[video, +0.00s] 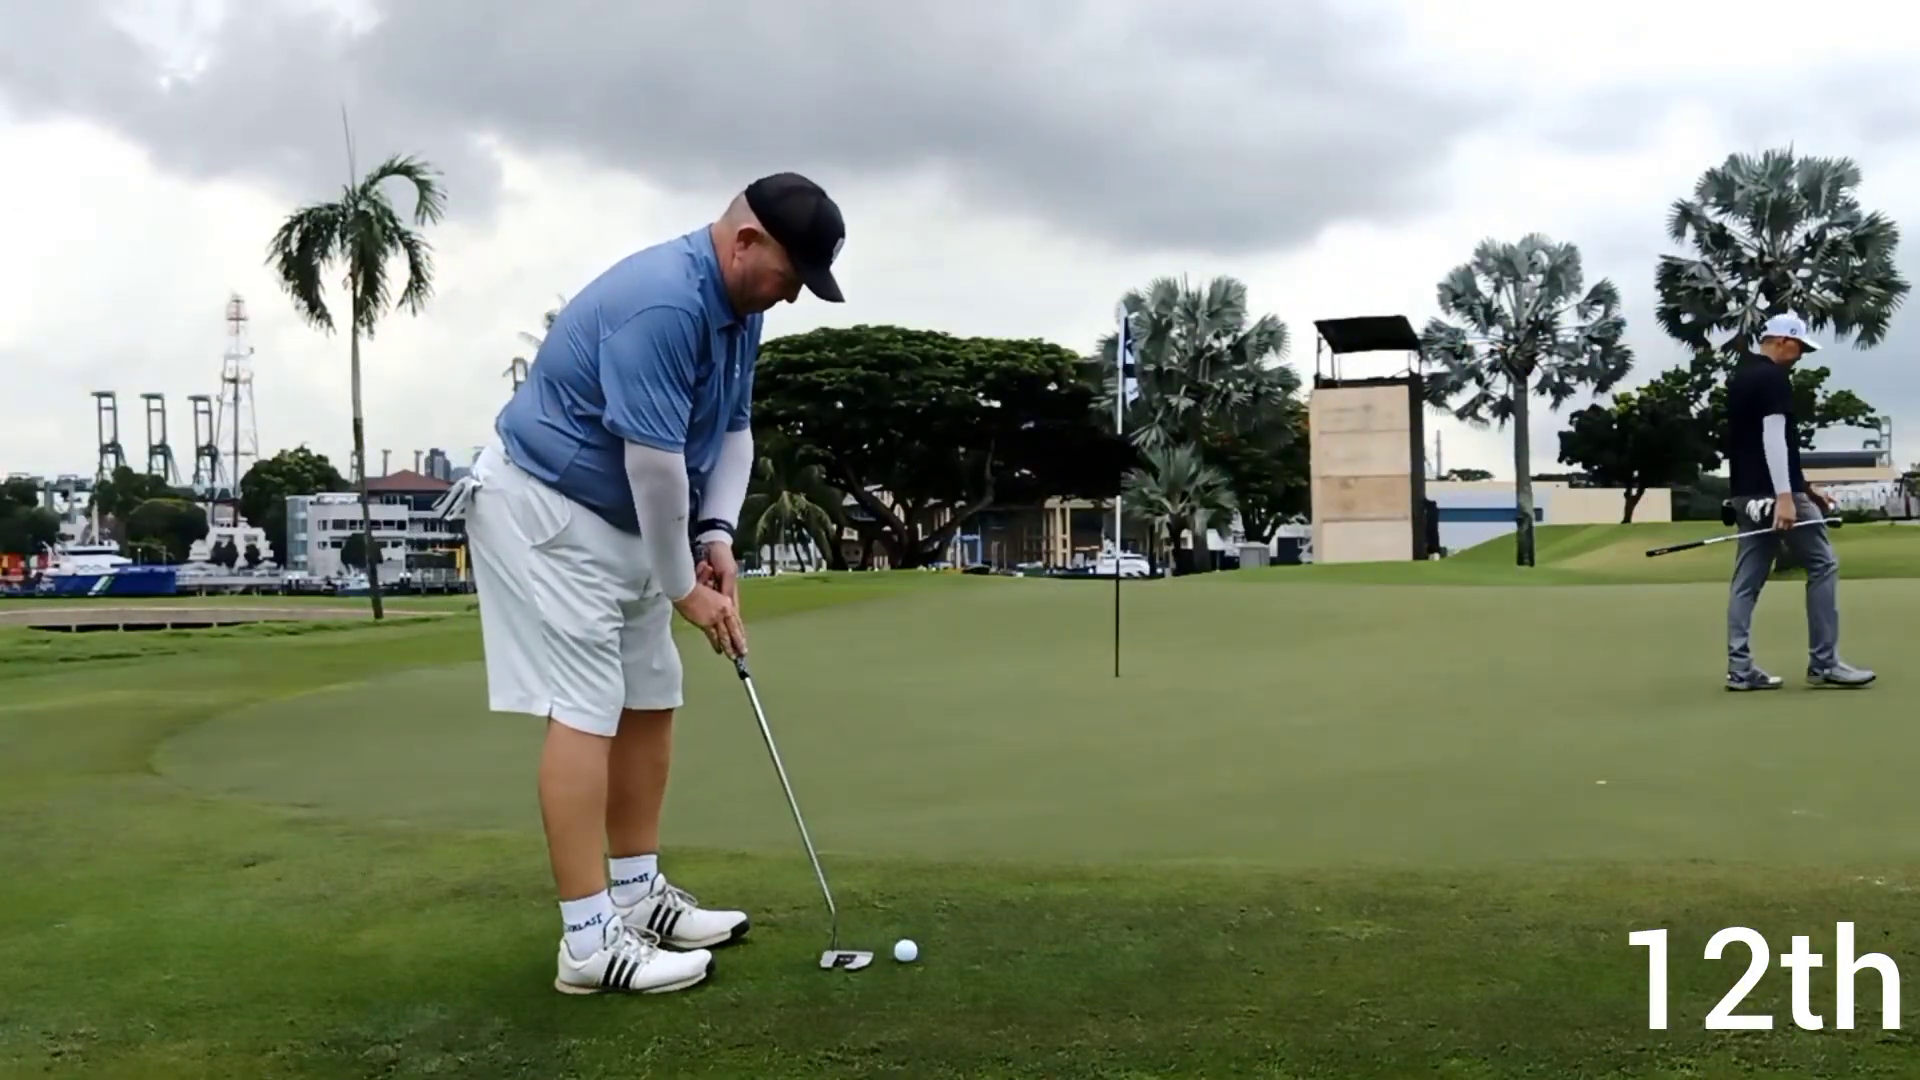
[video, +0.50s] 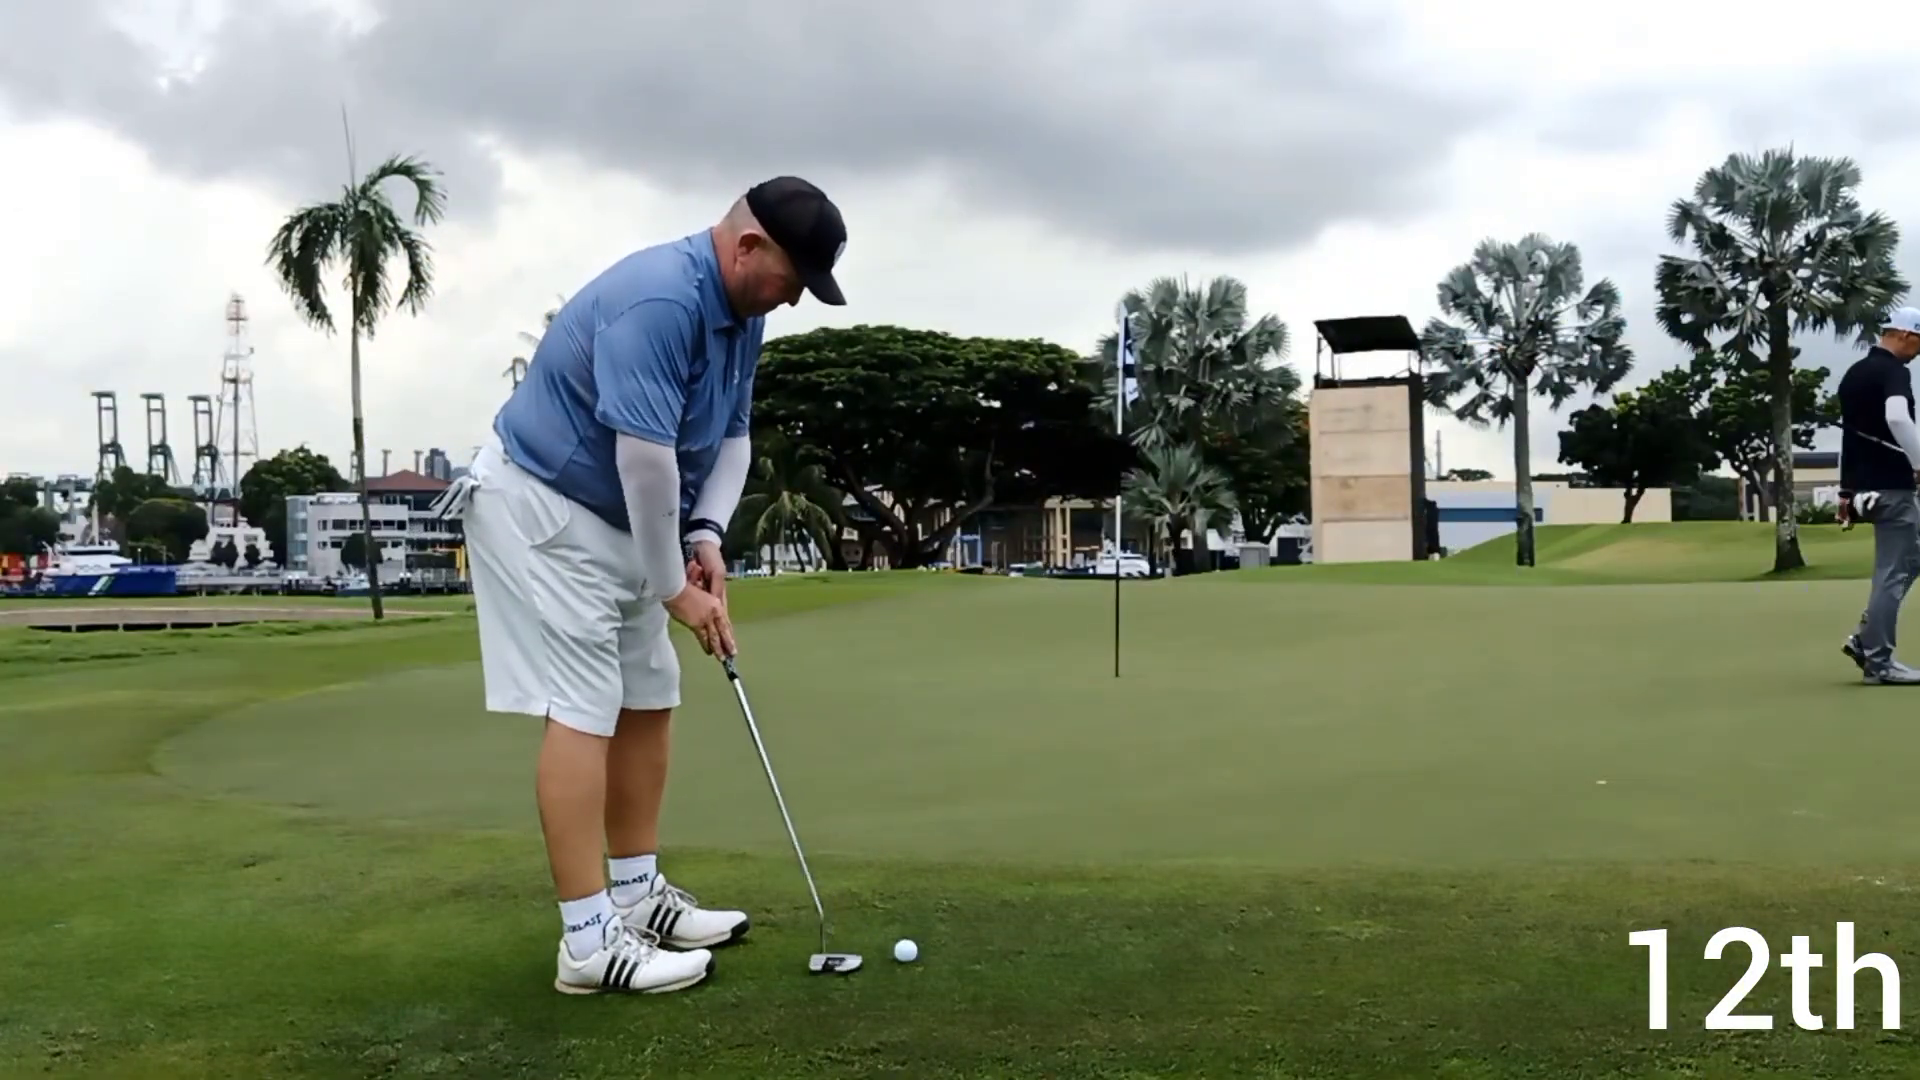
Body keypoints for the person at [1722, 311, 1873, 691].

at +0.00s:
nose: (1799, 356)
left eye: (1801, 350)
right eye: (1798, 349)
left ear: (1774, 341)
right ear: (1782, 341)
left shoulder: (1744, 375)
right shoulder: (1772, 378)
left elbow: (1764, 447)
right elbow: (1773, 440)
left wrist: (1805, 488)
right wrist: (1784, 496)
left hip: (1750, 496)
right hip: (1780, 495)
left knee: (1746, 582)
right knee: (1823, 566)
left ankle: (1739, 667)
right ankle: (1824, 661)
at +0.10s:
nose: (1823, 358)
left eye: (1825, 351)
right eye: (1822, 350)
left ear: (1797, 344)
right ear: (1807, 343)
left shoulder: (1769, 380)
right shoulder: (1796, 381)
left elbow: (1793, 451)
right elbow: (1796, 444)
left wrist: (1837, 480)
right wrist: (1804, 500)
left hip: (1769, 499)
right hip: (1804, 498)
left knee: (1757, 583)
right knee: (1839, 576)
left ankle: (1742, 666)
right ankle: (1870, 659)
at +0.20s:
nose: (1849, 358)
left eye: (1851, 352)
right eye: (1848, 351)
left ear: (1822, 344)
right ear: (1831, 344)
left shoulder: (1791, 378)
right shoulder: (1821, 381)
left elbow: (1808, 450)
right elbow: (1822, 446)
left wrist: (1853, 482)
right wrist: (1831, 504)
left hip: (1793, 498)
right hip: (1827, 499)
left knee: (1780, 578)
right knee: (1857, 576)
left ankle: (1747, 658)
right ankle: (1877, 661)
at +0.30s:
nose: (1876, 355)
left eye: (1878, 348)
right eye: (1875, 347)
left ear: (1847, 341)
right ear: (1859, 341)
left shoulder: (1813, 378)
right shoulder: (1847, 379)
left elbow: (1806, 441)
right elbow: (1848, 441)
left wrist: (1814, 494)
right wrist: (1862, 498)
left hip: (1821, 496)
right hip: (1852, 495)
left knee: (1823, 573)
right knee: (1873, 578)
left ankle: (1771, 640)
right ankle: (1879, 662)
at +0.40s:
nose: (1898, 354)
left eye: (1901, 348)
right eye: (1898, 346)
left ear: (1867, 338)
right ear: (1883, 339)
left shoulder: (1833, 375)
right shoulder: (1871, 374)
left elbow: (1832, 435)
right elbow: (1869, 428)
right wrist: (1897, 481)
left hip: (1842, 490)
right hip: (1873, 490)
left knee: (1864, 570)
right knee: (1881, 575)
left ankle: (1812, 628)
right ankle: (1879, 662)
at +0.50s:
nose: (1918, 351)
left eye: (1919, 344)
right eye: (1917, 343)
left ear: (1890, 336)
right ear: (1906, 337)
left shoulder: (1855, 372)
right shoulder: (1893, 370)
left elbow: (1849, 438)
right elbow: (1897, 419)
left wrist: (1846, 491)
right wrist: (1919, 464)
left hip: (1867, 488)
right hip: (1894, 490)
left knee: (1910, 562)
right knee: (1894, 572)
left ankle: (1866, 636)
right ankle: (1879, 661)